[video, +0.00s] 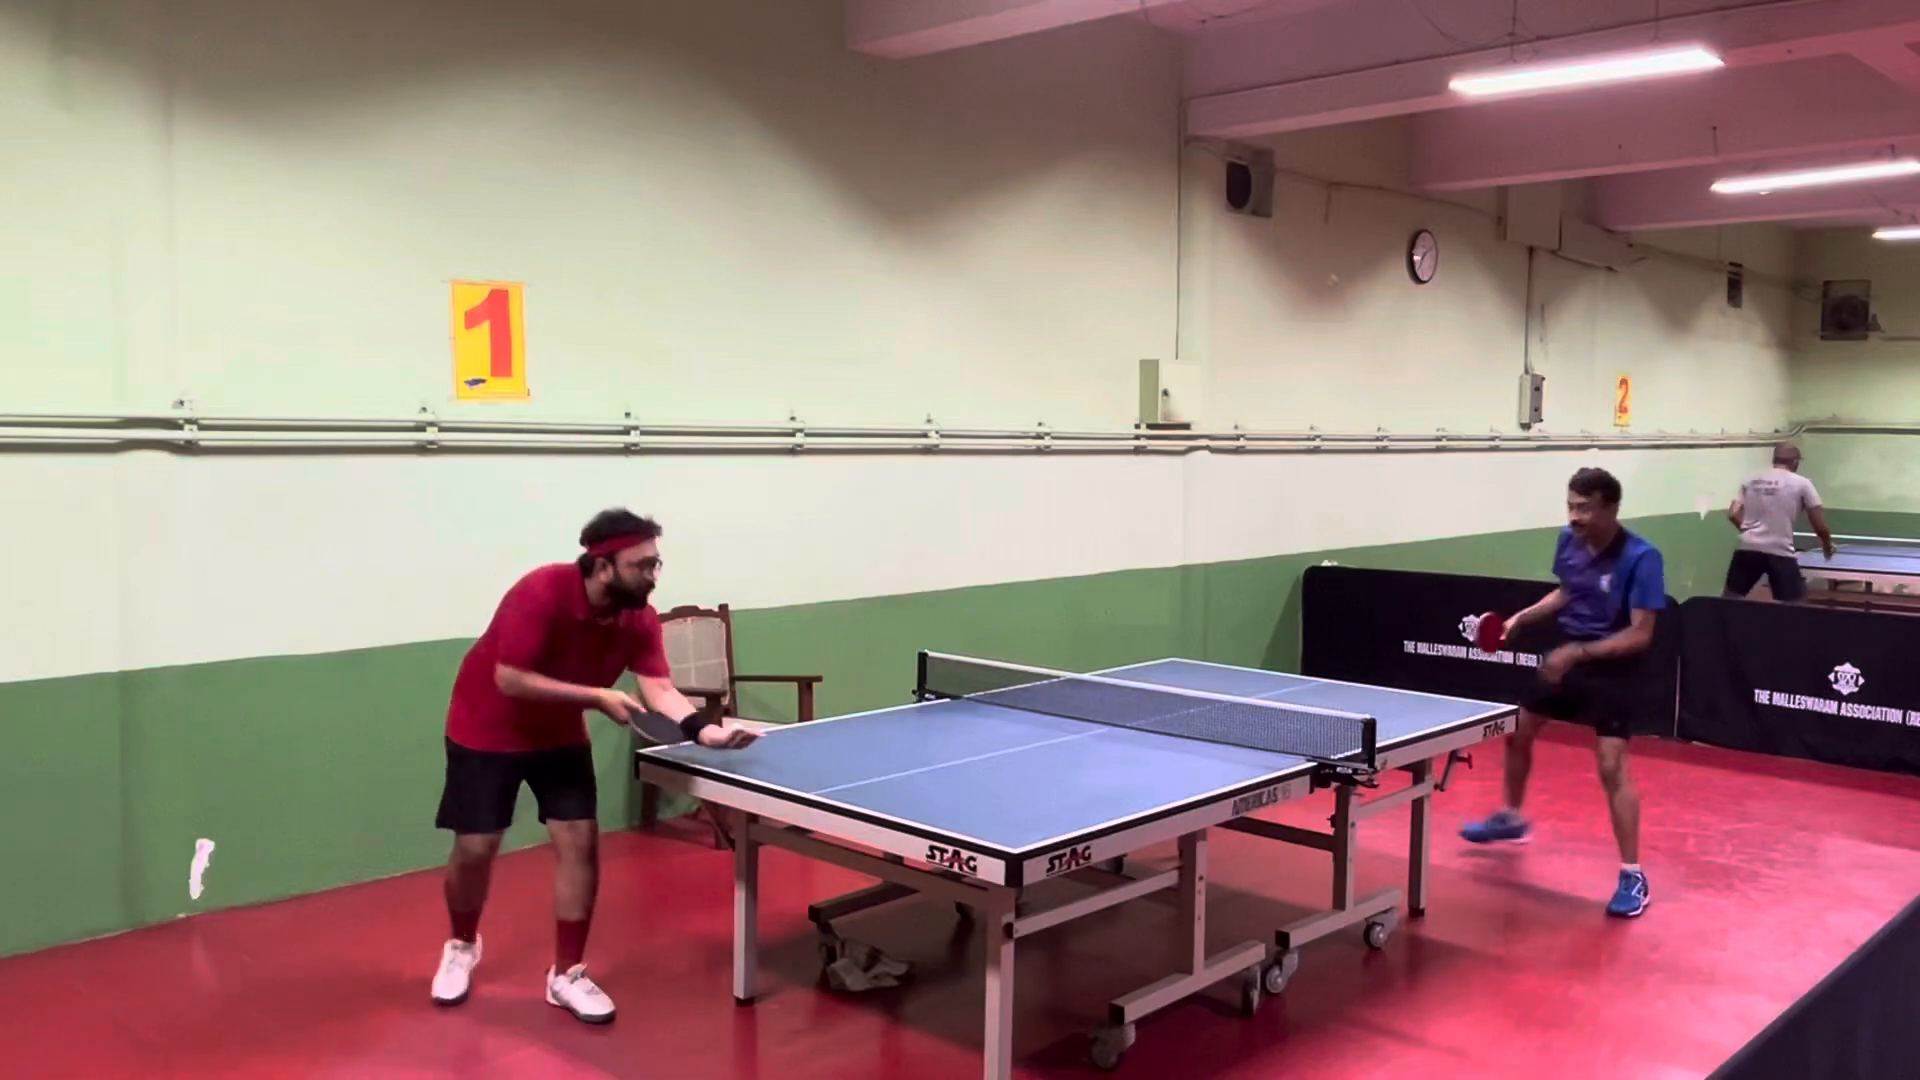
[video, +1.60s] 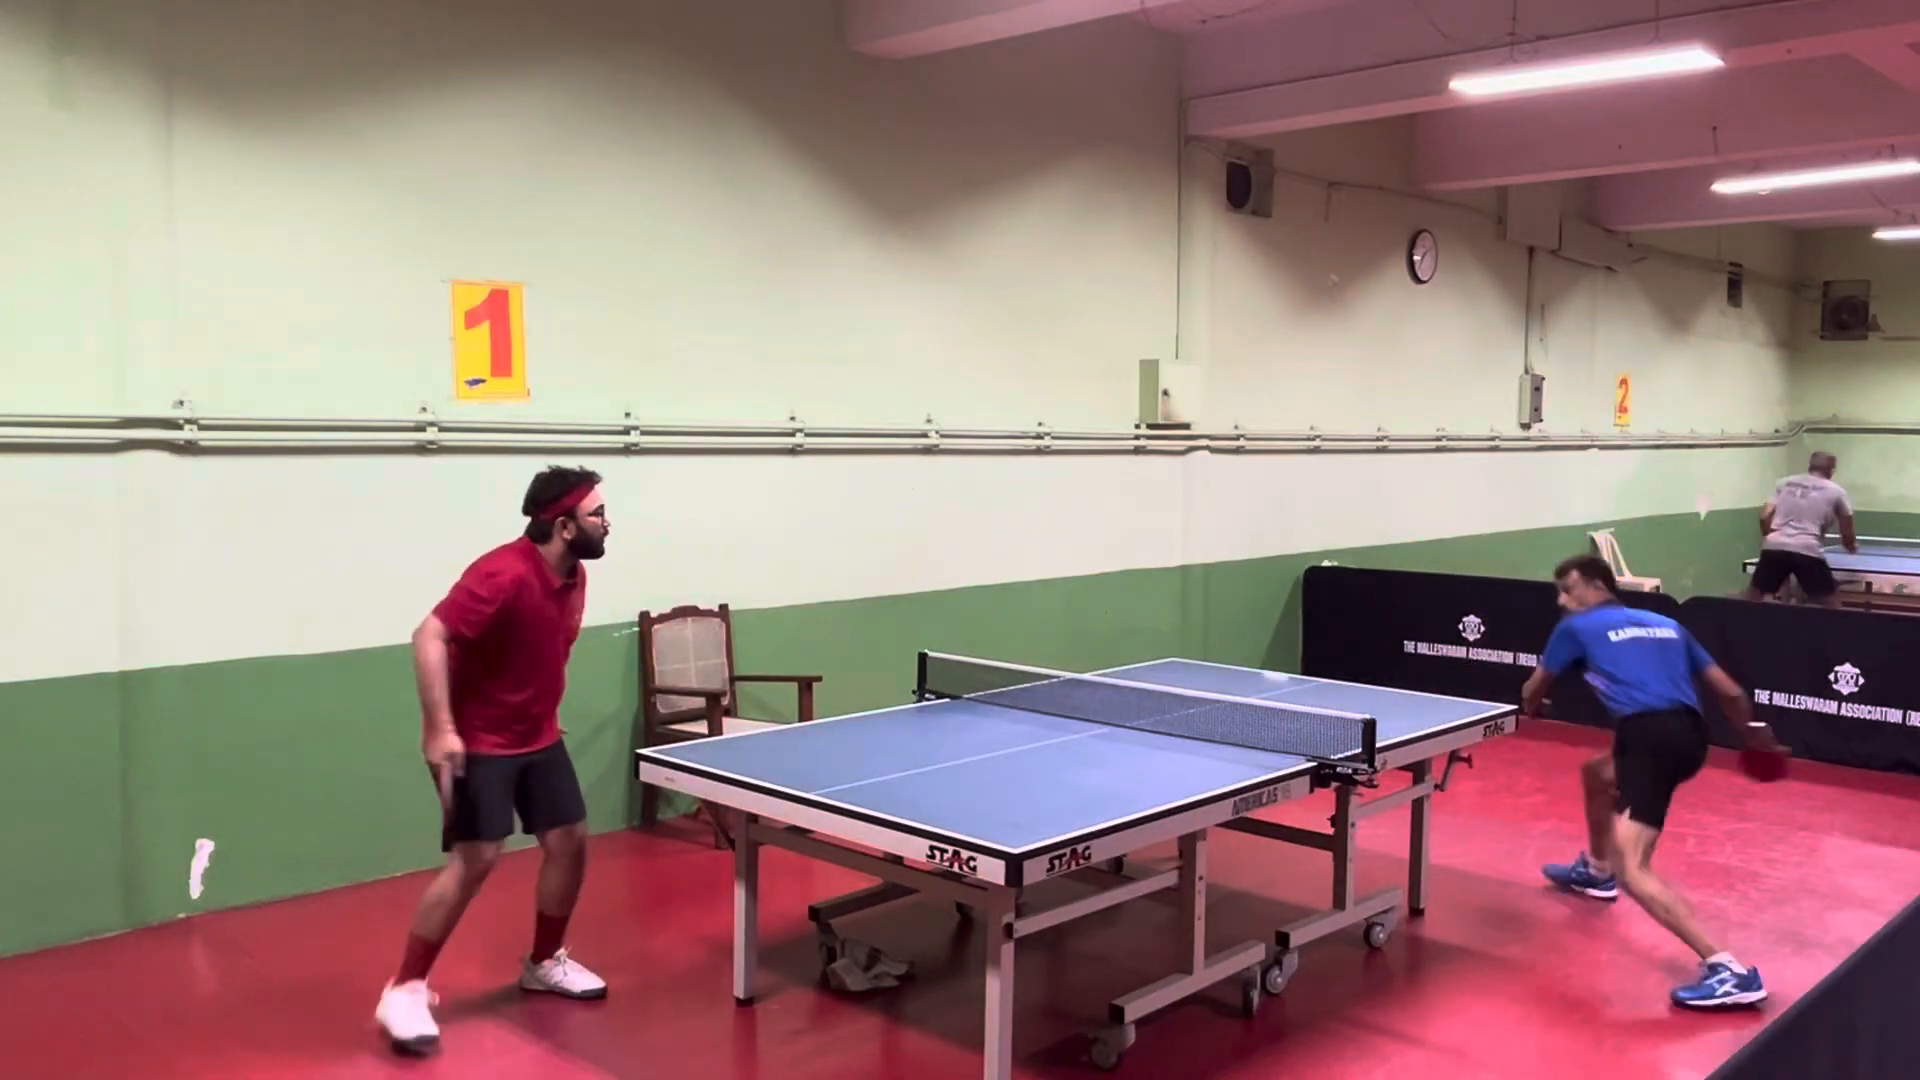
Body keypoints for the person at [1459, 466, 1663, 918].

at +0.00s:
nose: (1574, 517)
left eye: (1583, 509)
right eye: (1571, 508)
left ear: (1611, 510)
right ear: (1570, 506)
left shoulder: (1642, 559)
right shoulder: (1569, 543)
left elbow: (1641, 634)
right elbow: (1566, 593)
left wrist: (1575, 651)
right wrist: (1518, 620)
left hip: (1618, 662)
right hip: (1571, 654)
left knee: (1611, 765)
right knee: (1520, 727)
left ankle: (1631, 875)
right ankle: (1510, 815)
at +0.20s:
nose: (1524, 526)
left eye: (1533, 518)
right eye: (1520, 518)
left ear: (1559, 518)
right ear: (1518, 518)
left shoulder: (1596, 562)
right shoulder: (1518, 558)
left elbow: (1636, 627)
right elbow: (1518, 612)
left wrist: (1592, 672)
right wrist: (1478, 642)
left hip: (1583, 667)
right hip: (1532, 665)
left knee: (1591, 765)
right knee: (1485, 744)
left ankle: (1629, 874)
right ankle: (1462, 826)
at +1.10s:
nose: (1516, 531)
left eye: (1524, 522)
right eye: (1513, 523)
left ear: (1554, 523)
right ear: (1518, 526)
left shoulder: (1589, 568)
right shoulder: (1541, 575)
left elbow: (1621, 643)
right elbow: (1545, 634)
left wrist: (1569, 679)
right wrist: (1487, 650)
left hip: (1619, 677)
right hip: (1576, 675)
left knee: (1602, 784)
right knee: (1516, 742)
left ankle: (1632, 877)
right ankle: (1523, 843)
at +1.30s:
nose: (1519, 540)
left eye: (1526, 530)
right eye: (1516, 532)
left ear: (1555, 529)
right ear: (1536, 534)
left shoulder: (1576, 570)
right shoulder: (1563, 576)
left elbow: (1596, 647)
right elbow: (1575, 648)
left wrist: (1561, 690)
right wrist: (1512, 661)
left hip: (1637, 677)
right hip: (1605, 677)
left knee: (1600, 783)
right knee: (1553, 764)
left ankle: (1667, 889)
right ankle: (1590, 866)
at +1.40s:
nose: (1526, 558)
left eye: (1533, 549)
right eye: (1524, 550)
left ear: (1563, 548)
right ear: (1566, 552)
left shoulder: (1571, 587)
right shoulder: (1595, 580)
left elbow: (1568, 674)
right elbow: (1603, 669)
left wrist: (1545, 711)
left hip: (1640, 697)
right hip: (1620, 698)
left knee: (1616, 808)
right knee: (1557, 761)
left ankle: (1686, 922)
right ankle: (1589, 867)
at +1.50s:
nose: (1541, 578)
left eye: (1547, 568)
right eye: (1539, 569)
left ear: (1576, 566)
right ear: (1583, 570)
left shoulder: (1570, 607)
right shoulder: (1633, 601)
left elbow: (1543, 690)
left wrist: (1533, 714)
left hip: (1640, 711)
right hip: (1670, 708)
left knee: (1629, 834)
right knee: (1574, 762)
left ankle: (1707, 945)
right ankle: (1591, 866)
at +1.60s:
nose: (1562, 600)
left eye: (1567, 590)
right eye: (1561, 592)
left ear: (1595, 587)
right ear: (1605, 589)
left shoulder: (1576, 627)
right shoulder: (1667, 624)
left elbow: (1532, 692)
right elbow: (1730, 691)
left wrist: (1531, 708)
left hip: (1645, 737)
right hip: (1691, 737)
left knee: (1630, 870)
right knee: (1596, 775)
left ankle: (1724, 967)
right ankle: (1597, 870)